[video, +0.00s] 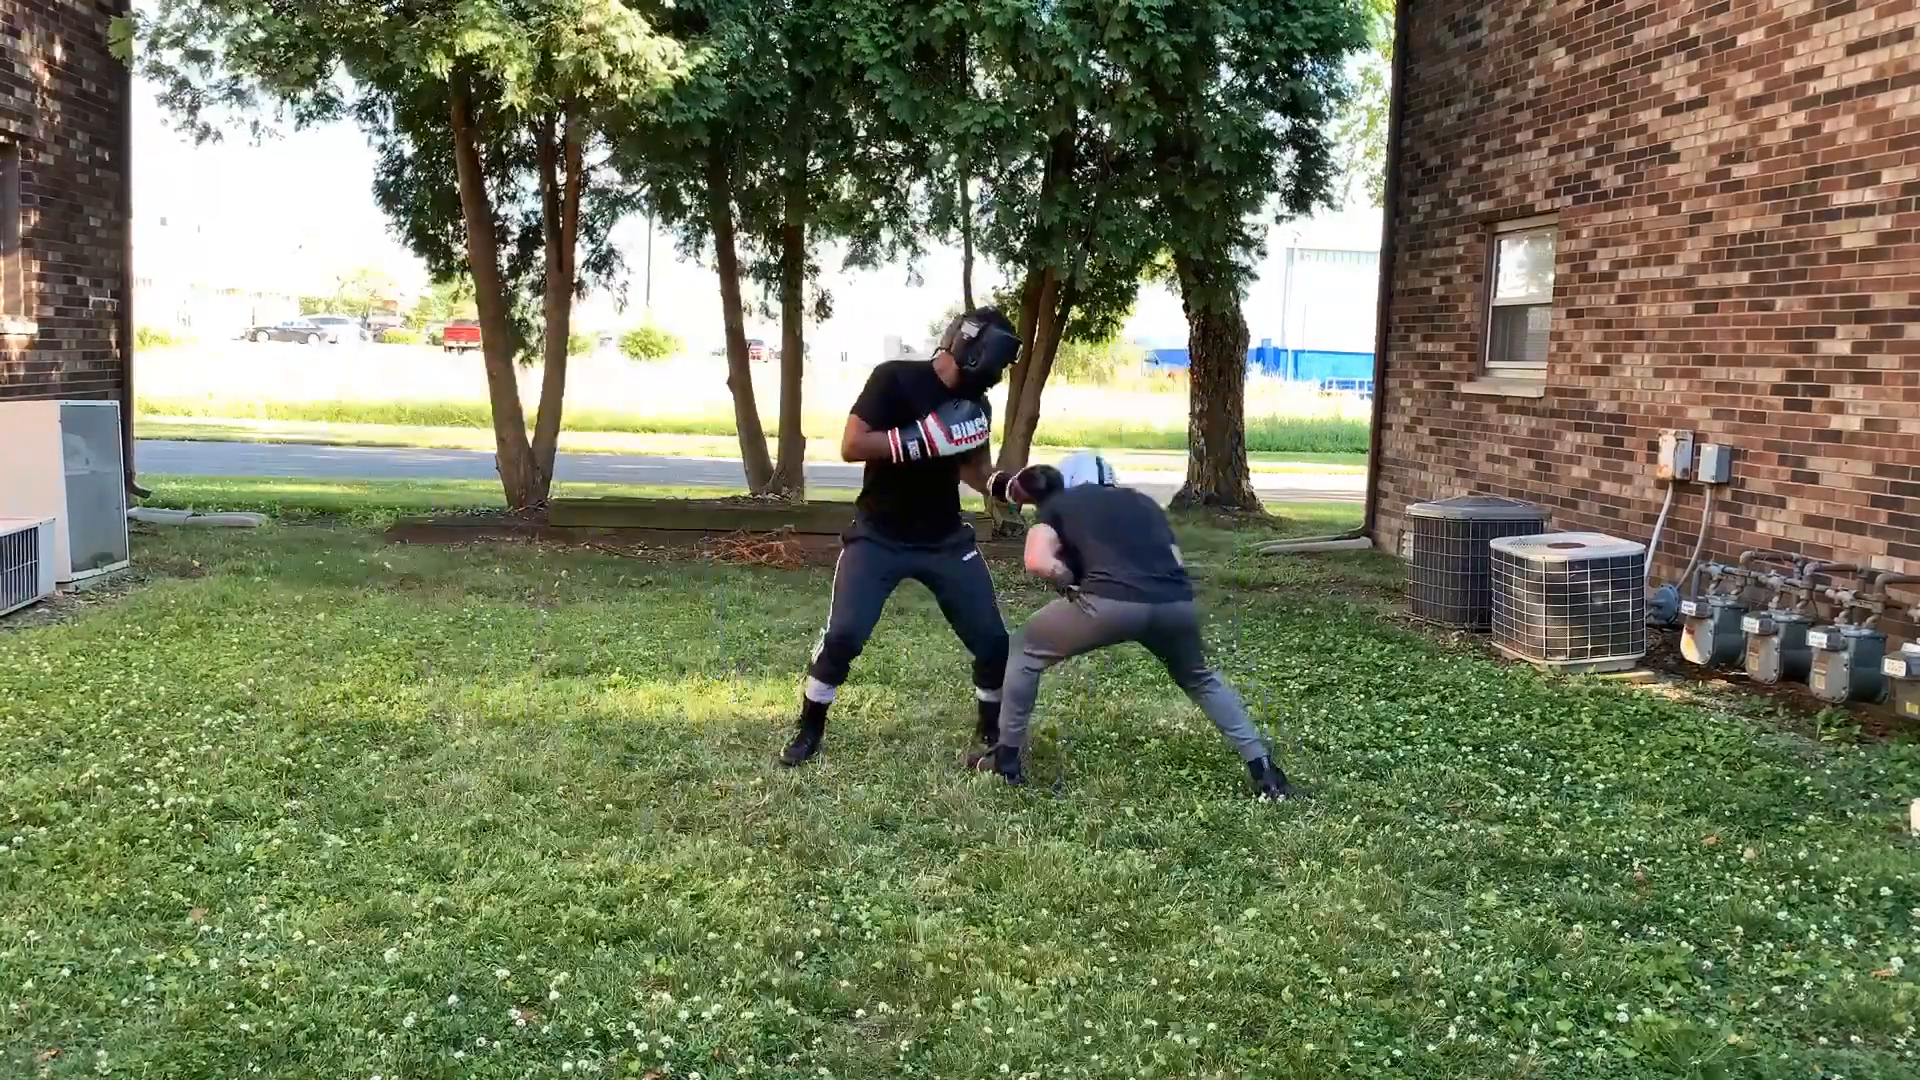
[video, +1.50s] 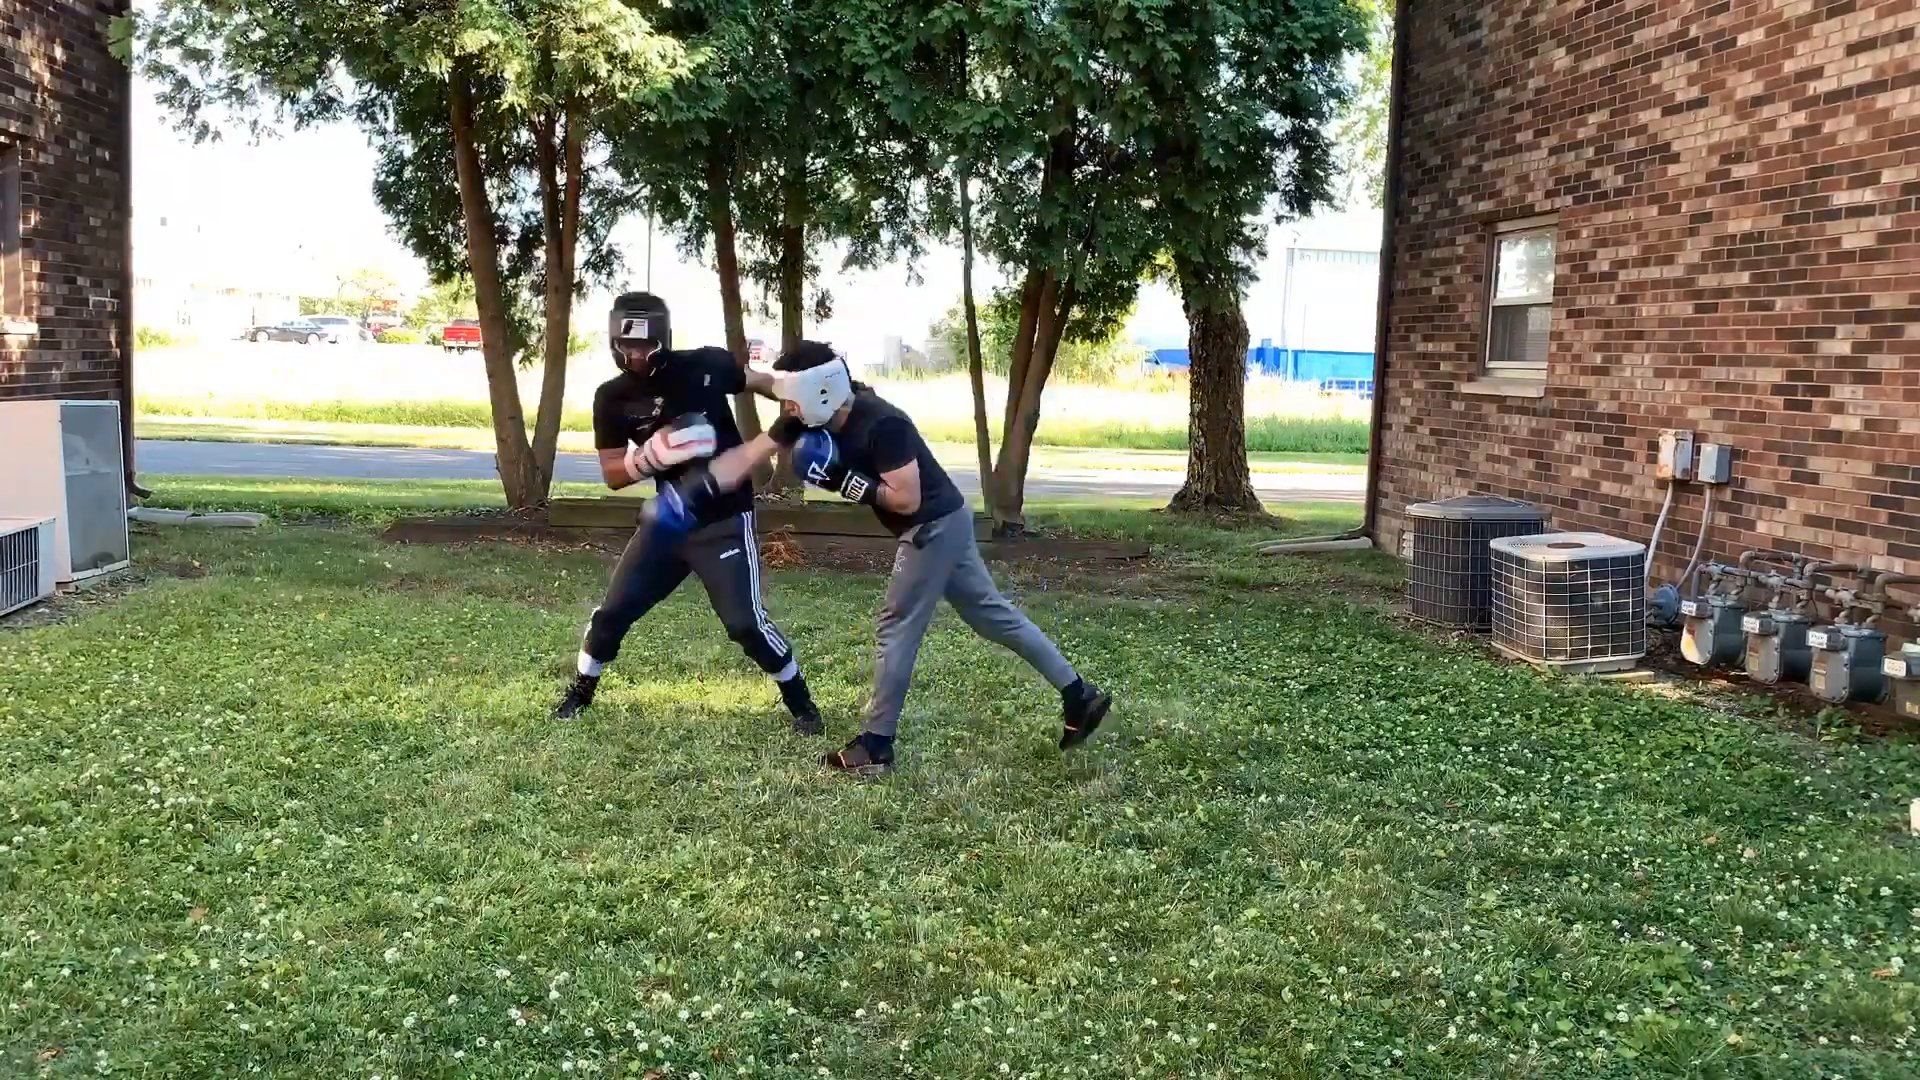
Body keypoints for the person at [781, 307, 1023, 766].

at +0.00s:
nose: (990, 374)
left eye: (997, 366)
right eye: (986, 362)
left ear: (995, 364)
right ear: (964, 348)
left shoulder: (975, 407)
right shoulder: (892, 379)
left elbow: (973, 466)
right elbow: (852, 445)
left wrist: (1001, 483)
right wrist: (918, 440)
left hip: (947, 542)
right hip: (877, 540)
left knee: (992, 641)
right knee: (844, 636)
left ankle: (991, 734)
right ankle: (808, 733)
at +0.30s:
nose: (915, 365)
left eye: (920, 355)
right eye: (912, 352)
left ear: (895, 349)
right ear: (885, 345)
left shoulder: (900, 400)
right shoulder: (821, 397)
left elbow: (933, 467)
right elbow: (823, 475)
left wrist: (952, 453)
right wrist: (883, 440)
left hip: (891, 546)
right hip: (830, 548)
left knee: (951, 641)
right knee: (776, 648)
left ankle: (988, 731)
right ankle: (716, 704)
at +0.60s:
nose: (834, 336)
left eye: (836, 326)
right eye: (825, 325)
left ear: (834, 324)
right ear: (794, 322)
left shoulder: (837, 367)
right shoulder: (739, 367)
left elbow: (891, 404)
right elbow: (717, 441)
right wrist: (771, 420)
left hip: (825, 506)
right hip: (759, 506)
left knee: (873, 600)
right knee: (734, 609)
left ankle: (873, 696)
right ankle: (706, 704)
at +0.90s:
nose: (745, 337)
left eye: (752, 328)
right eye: (736, 327)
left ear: (759, 329)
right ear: (709, 324)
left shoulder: (770, 366)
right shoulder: (675, 381)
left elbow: (833, 390)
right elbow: (676, 451)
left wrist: (867, 366)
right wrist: (717, 415)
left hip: (773, 522)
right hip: (708, 524)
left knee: (813, 610)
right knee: (664, 603)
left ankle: (840, 701)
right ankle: (634, 667)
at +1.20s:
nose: (710, 323)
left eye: (713, 312)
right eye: (701, 312)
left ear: (712, 310)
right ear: (669, 308)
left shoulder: (713, 357)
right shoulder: (615, 356)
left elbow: (735, 429)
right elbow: (591, 427)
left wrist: (749, 407)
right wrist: (648, 403)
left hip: (705, 498)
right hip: (639, 502)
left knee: (749, 592)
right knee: (611, 602)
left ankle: (753, 683)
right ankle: (571, 685)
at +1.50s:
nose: (639, 355)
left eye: (648, 345)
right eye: (629, 345)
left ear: (665, 340)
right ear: (615, 345)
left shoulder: (707, 367)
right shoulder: (611, 397)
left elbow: (761, 381)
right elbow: (613, 475)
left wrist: (802, 388)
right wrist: (649, 456)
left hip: (724, 521)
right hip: (665, 523)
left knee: (744, 624)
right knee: (611, 615)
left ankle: (797, 695)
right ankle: (581, 692)